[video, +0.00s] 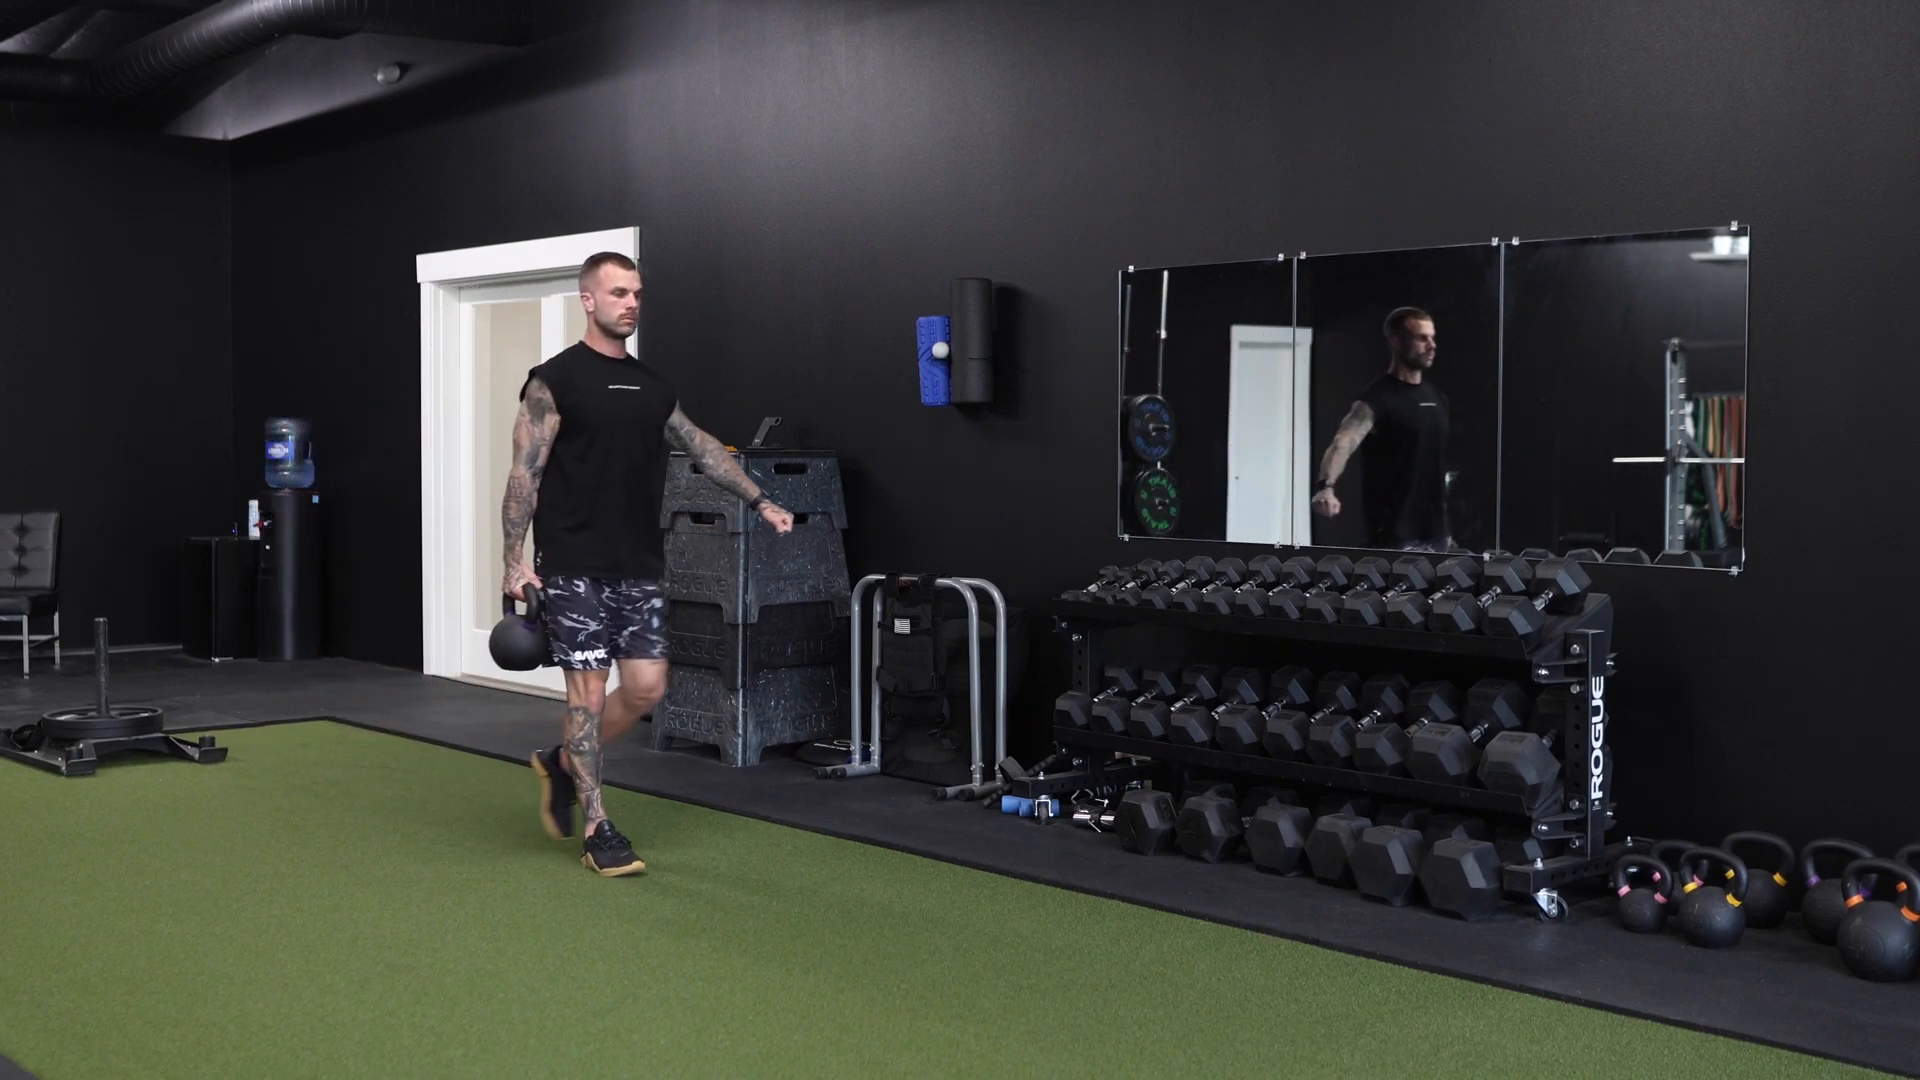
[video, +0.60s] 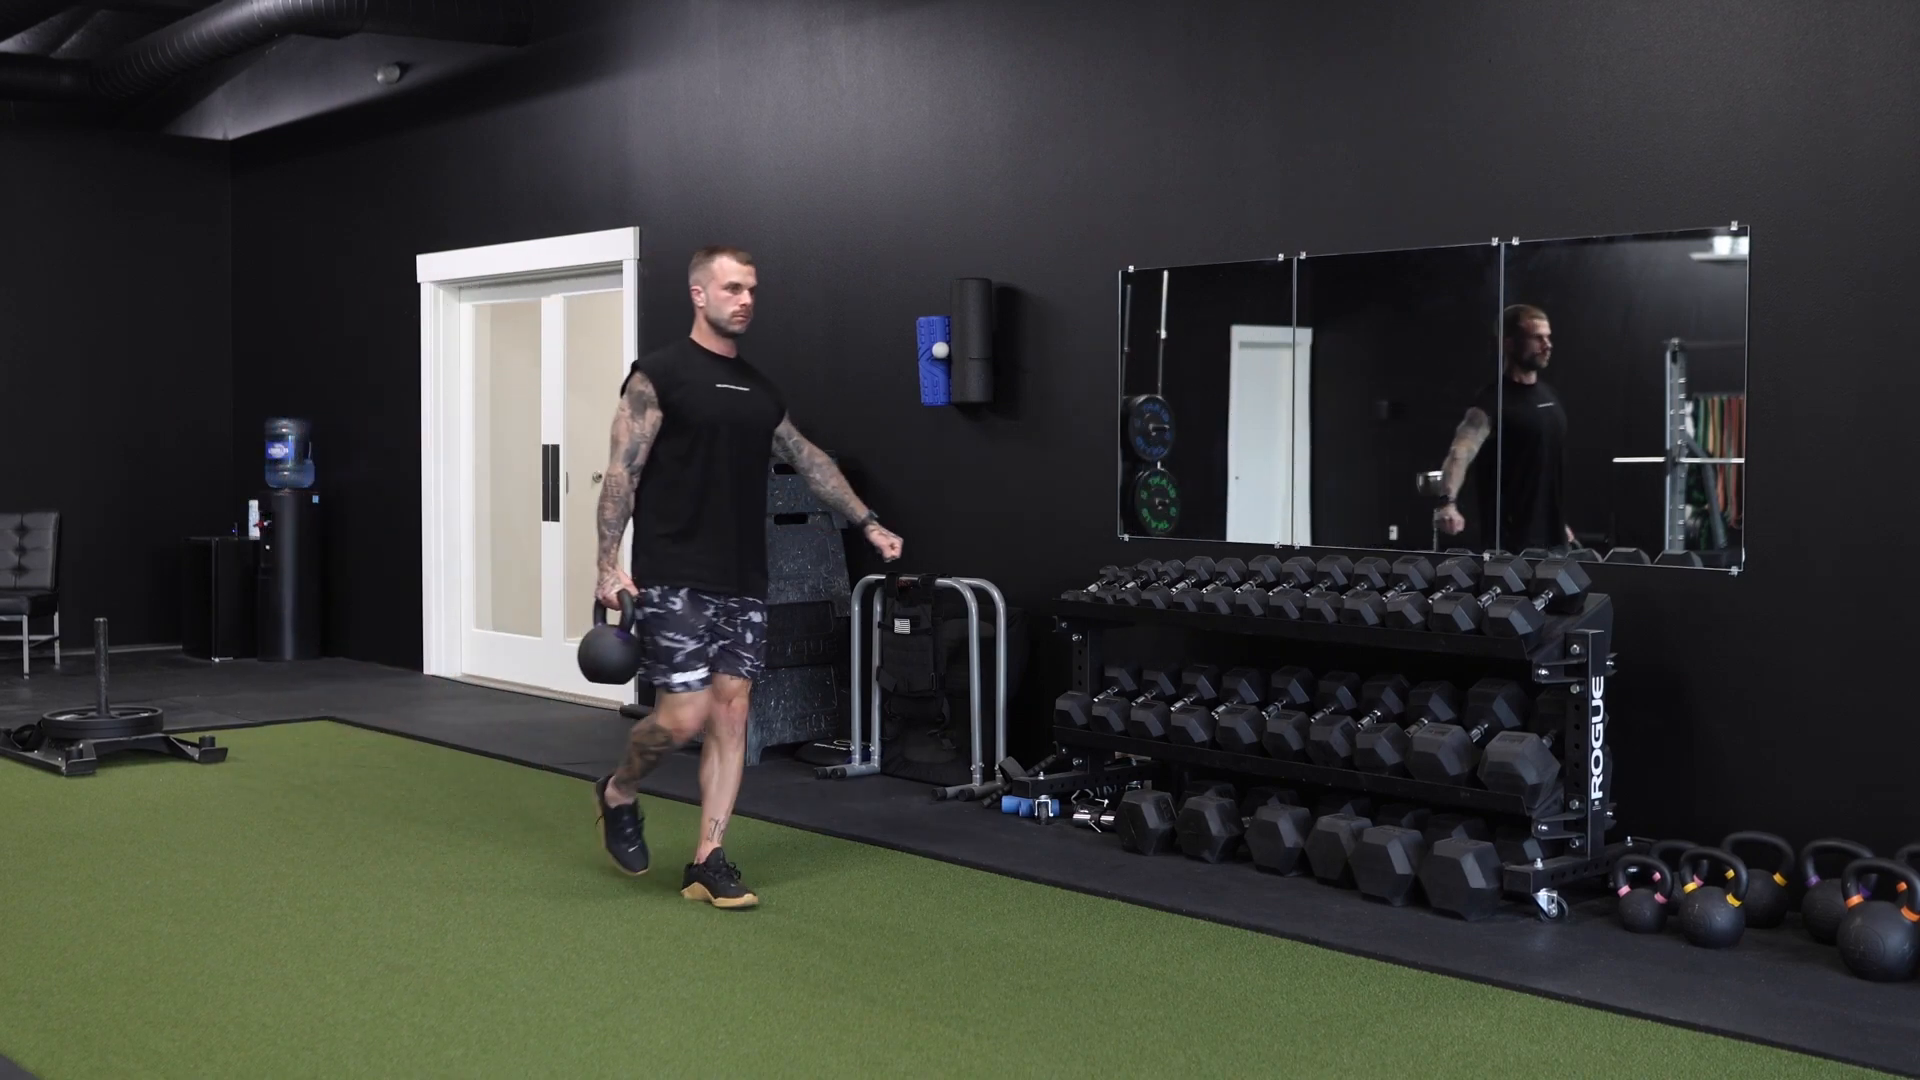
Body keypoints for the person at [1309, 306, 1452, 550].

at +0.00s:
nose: (1431, 345)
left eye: (1433, 338)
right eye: (1421, 338)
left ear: (1435, 340)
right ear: (1395, 342)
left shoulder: (1436, 399)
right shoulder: (1376, 399)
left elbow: (1432, 465)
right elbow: (1343, 444)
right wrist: (1325, 486)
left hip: (1435, 532)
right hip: (1393, 533)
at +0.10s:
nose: (1448, 343)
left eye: (1449, 336)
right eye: (1439, 336)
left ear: (1452, 338)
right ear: (1412, 340)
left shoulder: (1451, 397)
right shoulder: (1394, 397)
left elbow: (1451, 467)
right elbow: (1361, 442)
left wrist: (1460, 522)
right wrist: (1343, 486)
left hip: (1448, 532)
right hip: (1408, 531)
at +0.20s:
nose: (1466, 343)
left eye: (1467, 336)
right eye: (1456, 336)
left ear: (1470, 338)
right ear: (1429, 339)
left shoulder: (1468, 395)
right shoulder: (1412, 396)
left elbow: (1472, 463)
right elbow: (1378, 443)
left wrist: (1479, 516)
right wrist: (1362, 486)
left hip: (1463, 528)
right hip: (1423, 529)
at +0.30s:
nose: (1484, 344)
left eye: (1485, 336)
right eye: (1474, 337)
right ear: (1446, 340)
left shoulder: (1483, 395)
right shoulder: (1430, 398)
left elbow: (1491, 463)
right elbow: (1396, 445)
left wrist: (1502, 514)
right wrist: (1380, 489)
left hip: (1482, 529)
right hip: (1441, 530)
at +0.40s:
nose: (1504, 347)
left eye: (1506, 340)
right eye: (1494, 339)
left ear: (1509, 344)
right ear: (1467, 344)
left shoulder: (1508, 399)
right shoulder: (1450, 401)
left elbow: (1514, 465)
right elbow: (1416, 449)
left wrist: (1522, 519)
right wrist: (1400, 496)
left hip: (1503, 536)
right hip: (1460, 537)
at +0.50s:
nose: (1525, 347)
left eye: (1527, 340)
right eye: (1515, 340)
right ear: (1486, 344)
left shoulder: (1526, 399)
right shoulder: (1472, 402)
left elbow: (1532, 470)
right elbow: (1436, 455)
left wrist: (1542, 521)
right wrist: (1422, 503)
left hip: (1525, 539)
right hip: (1480, 539)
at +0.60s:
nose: (1547, 345)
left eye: (1548, 338)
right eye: (1537, 338)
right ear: (1509, 343)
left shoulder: (1547, 397)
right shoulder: (1493, 400)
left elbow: (1542, 472)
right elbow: (1459, 454)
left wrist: (1558, 524)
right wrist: (1447, 502)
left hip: (1549, 539)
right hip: (1507, 540)